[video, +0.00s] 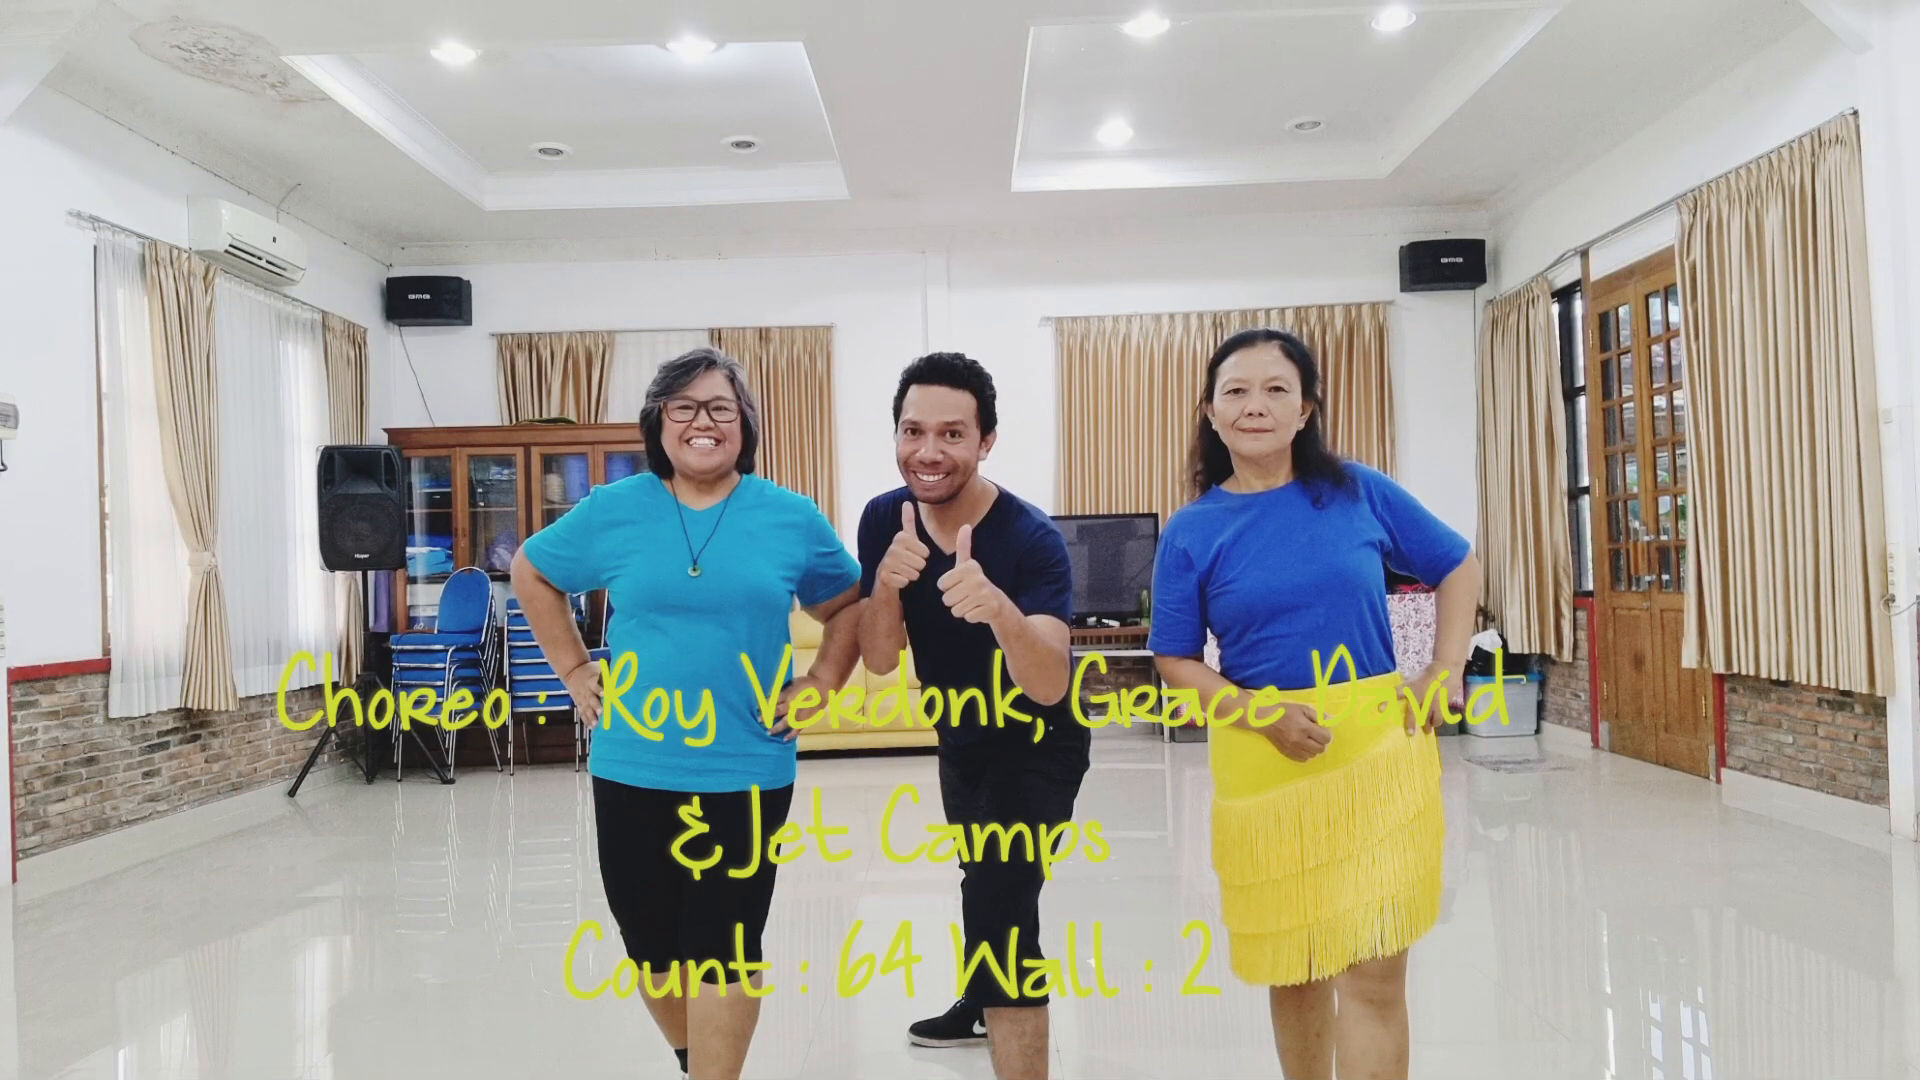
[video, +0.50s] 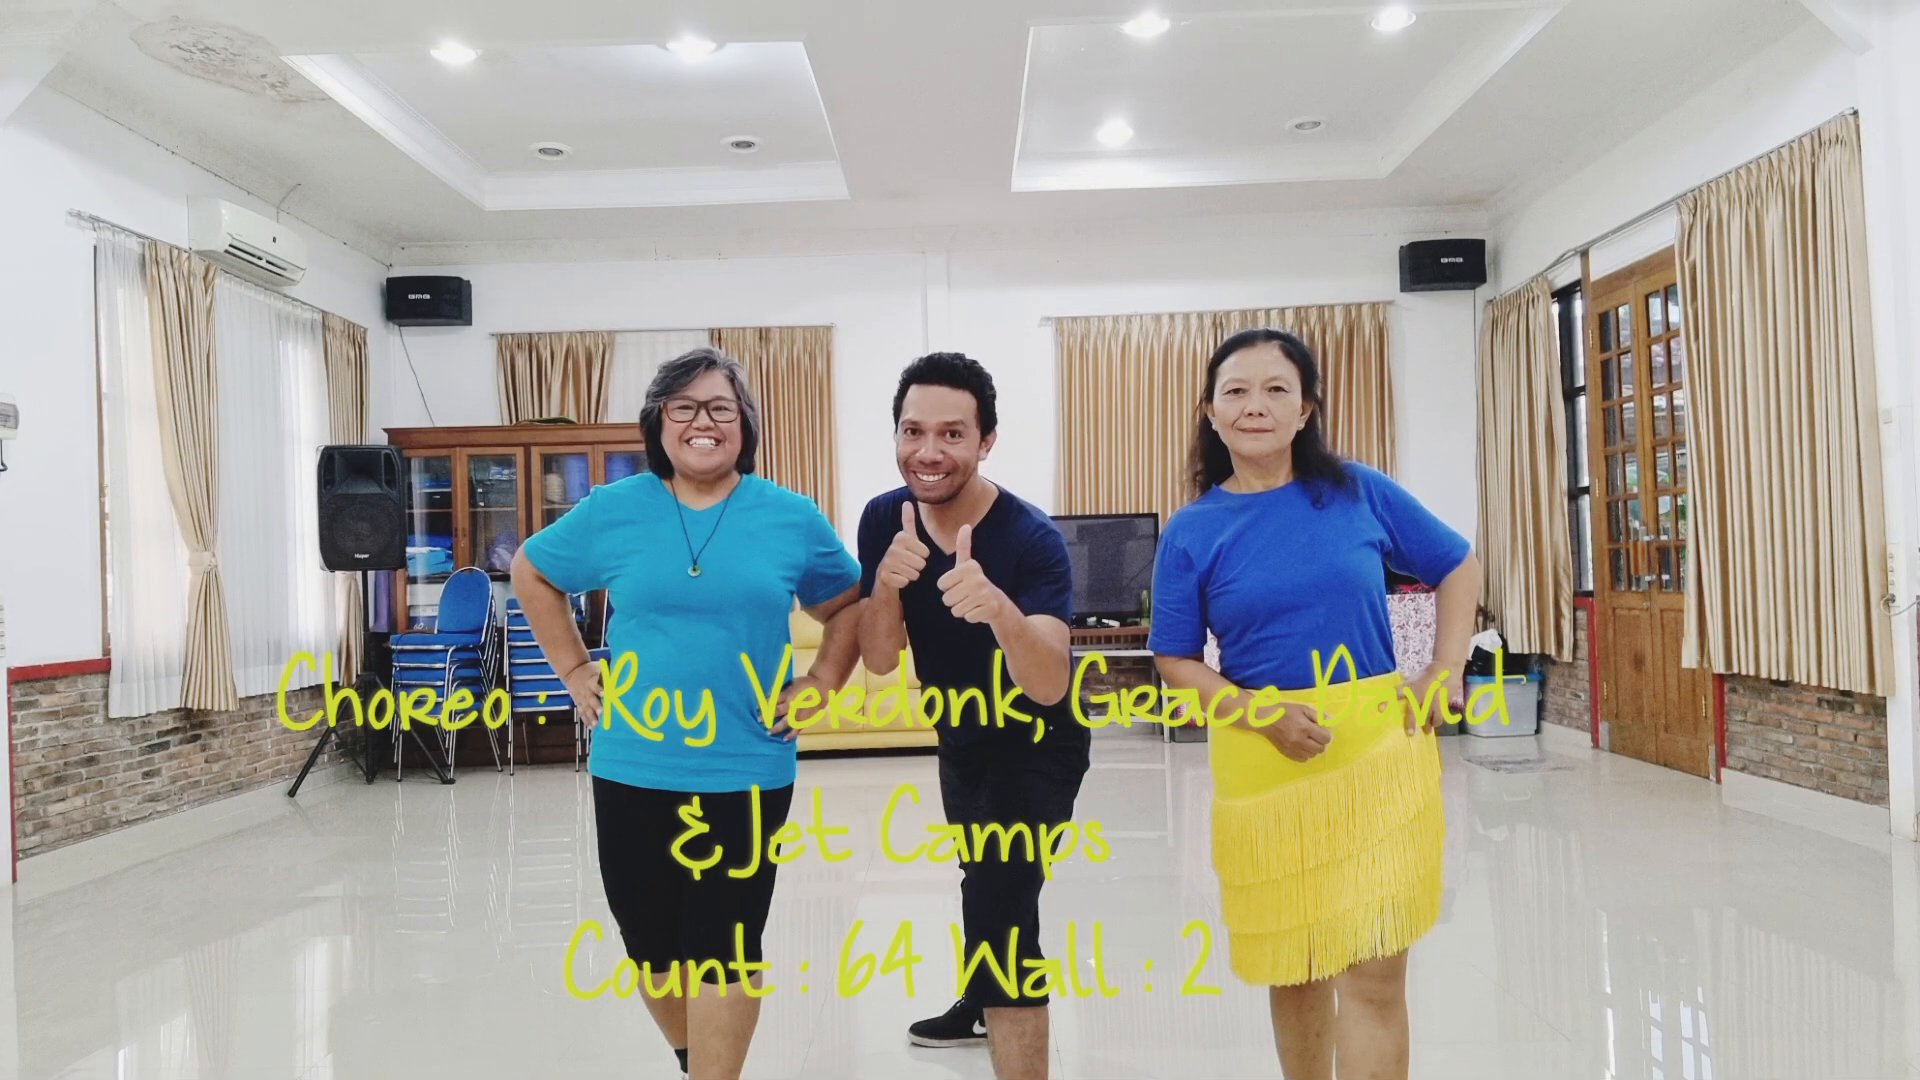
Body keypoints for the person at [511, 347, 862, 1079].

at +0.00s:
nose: (703, 421)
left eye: (720, 409)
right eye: (686, 408)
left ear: (746, 427)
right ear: (659, 425)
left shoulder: (790, 518)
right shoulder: (614, 510)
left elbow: (848, 607)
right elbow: (530, 570)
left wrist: (822, 682)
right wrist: (573, 668)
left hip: (745, 774)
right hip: (632, 774)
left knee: (725, 960)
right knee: (656, 963)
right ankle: (704, 1066)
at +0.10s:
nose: (703, 421)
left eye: (720, 409)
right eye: (686, 408)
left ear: (746, 427)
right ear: (659, 424)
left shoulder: (790, 518)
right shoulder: (613, 510)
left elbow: (848, 606)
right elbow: (530, 570)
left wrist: (822, 681)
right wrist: (574, 667)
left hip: (745, 774)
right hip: (632, 774)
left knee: (724, 959)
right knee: (656, 963)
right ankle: (703, 1066)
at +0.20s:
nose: (703, 421)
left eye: (720, 409)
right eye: (686, 408)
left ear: (746, 427)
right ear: (659, 424)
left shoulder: (790, 518)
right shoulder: (613, 510)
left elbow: (848, 606)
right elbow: (530, 570)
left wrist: (822, 681)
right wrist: (574, 667)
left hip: (745, 774)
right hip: (632, 774)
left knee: (724, 959)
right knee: (656, 963)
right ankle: (703, 1066)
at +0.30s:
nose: (703, 421)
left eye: (720, 409)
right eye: (686, 408)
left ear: (746, 427)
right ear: (659, 424)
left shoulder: (790, 518)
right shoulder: (613, 510)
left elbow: (848, 606)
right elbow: (530, 570)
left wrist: (822, 681)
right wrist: (574, 667)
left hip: (745, 774)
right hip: (632, 774)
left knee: (724, 959)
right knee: (656, 963)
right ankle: (703, 1066)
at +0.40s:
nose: (703, 421)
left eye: (720, 409)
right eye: (686, 408)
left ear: (746, 427)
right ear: (659, 424)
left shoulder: (790, 518)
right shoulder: (613, 510)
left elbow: (848, 606)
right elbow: (530, 570)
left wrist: (822, 681)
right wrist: (574, 667)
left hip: (745, 774)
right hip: (632, 774)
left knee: (724, 959)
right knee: (656, 963)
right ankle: (703, 1066)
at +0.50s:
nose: (703, 421)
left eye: (720, 409)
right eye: (686, 408)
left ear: (746, 427)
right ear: (659, 424)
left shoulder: (790, 518)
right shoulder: (613, 510)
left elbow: (848, 606)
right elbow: (530, 570)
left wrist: (822, 681)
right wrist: (574, 667)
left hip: (745, 774)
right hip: (632, 774)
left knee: (724, 959)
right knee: (656, 962)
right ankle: (703, 1066)